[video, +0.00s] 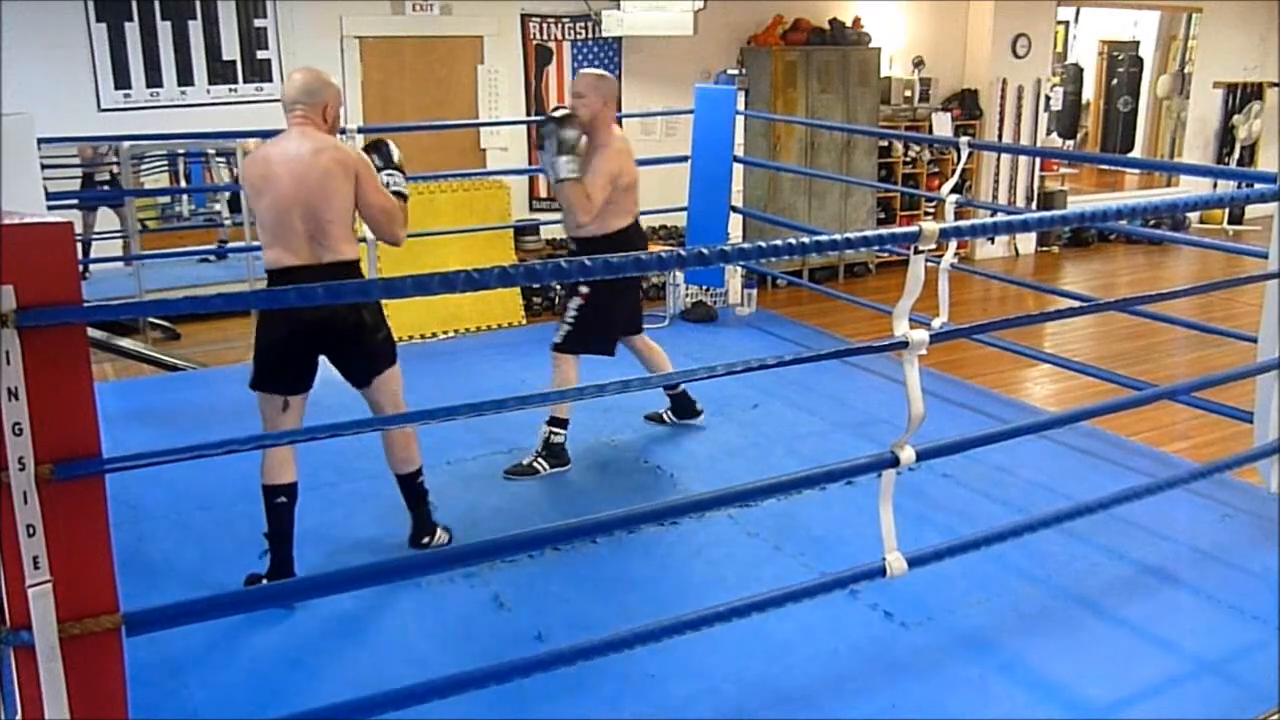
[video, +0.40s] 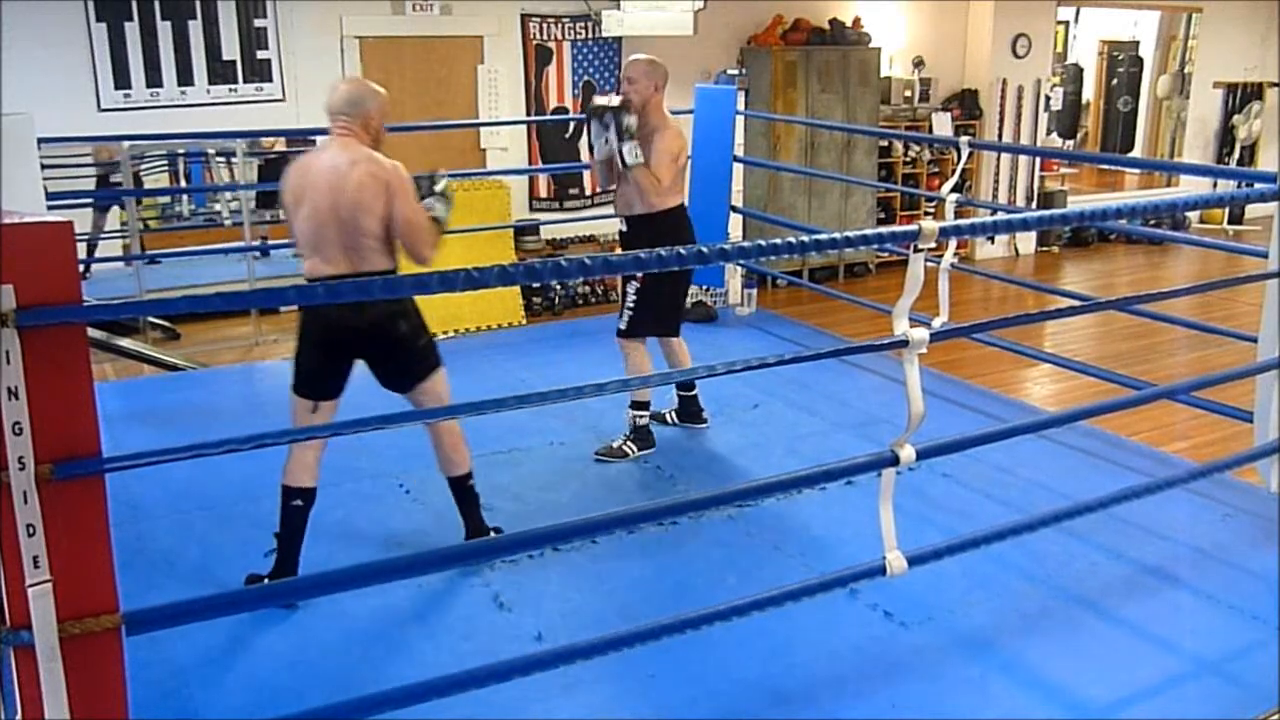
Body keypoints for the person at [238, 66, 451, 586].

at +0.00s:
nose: (341, 117)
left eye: (339, 110)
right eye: (339, 109)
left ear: (287, 110)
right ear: (329, 109)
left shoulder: (252, 161)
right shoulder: (347, 157)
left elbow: (269, 223)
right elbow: (394, 231)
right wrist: (395, 177)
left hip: (284, 312)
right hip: (349, 304)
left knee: (279, 434)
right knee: (394, 417)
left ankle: (280, 565)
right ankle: (424, 527)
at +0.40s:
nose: (384, 128)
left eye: (383, 120)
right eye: (382, 120)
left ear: (334, 120)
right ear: (367, 121)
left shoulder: (296, 172)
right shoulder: (387, 173)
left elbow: (302, 239)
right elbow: (424, 250)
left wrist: (372, 214)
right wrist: (434, 212)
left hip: (321, 314)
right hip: (386, 309)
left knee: (307, 434)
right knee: (440, 416)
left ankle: (285, 565)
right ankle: (476, 527)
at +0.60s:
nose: (427, 123)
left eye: (427, 116)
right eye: (426, 116)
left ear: (375, 111)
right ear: (417, 116)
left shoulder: (341, 157)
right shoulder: (422, 161)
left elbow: (347, 214)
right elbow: (472, 224)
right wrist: (466, 166)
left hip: (352, 305)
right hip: (413, 302)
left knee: (332, 421)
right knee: (448, 417)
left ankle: (319, 548)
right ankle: (474, 530)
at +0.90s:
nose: (439, 128)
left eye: (438, 121)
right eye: (437, 120)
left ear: (386, 120)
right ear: (422, 121)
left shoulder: (353, 169)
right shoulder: (434, 169)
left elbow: (370, 225)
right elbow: (484, 240)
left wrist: (436, 191)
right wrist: (480, 195)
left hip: (377, 307)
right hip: (439, 301)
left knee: (364, 420)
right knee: (495, 382)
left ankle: (346, 548)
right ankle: (504, 503)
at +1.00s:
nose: (455, 125)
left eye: (453, 119)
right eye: (453, 119)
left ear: (402, 119)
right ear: (442, 121)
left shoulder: (371, 171)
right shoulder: (461, 161)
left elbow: (375, 235)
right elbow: (532, 193)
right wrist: (536, 175)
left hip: (399, 302)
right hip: (462, 295)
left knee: (376, 423)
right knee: (514, 389)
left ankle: (349, 546)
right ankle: (552, 484)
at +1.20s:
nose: (495, 123)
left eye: (488, 117)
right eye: (495, 117)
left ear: (451, 121)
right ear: (492, 119)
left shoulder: (431, 170)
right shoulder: (519, 159)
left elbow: (421, 250)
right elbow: (577, 189)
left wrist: (454, 207)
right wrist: (545, 167)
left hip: (453, 296)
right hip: (514, 291)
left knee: (417, 409)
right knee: (540, 393)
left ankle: (384, 535)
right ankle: (569, 499)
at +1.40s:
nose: (525, 117)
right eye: (527, 111)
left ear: (481, 110)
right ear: (524, 113)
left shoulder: (455, 158)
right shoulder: (544, 162)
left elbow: (440, 228)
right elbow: (567, 237)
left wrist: (480, 202)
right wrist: (527, 216)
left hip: (476, 290)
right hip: (534, 285)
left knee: (461, 409)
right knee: (555, 390)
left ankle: (464, 527)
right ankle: (581, 494)